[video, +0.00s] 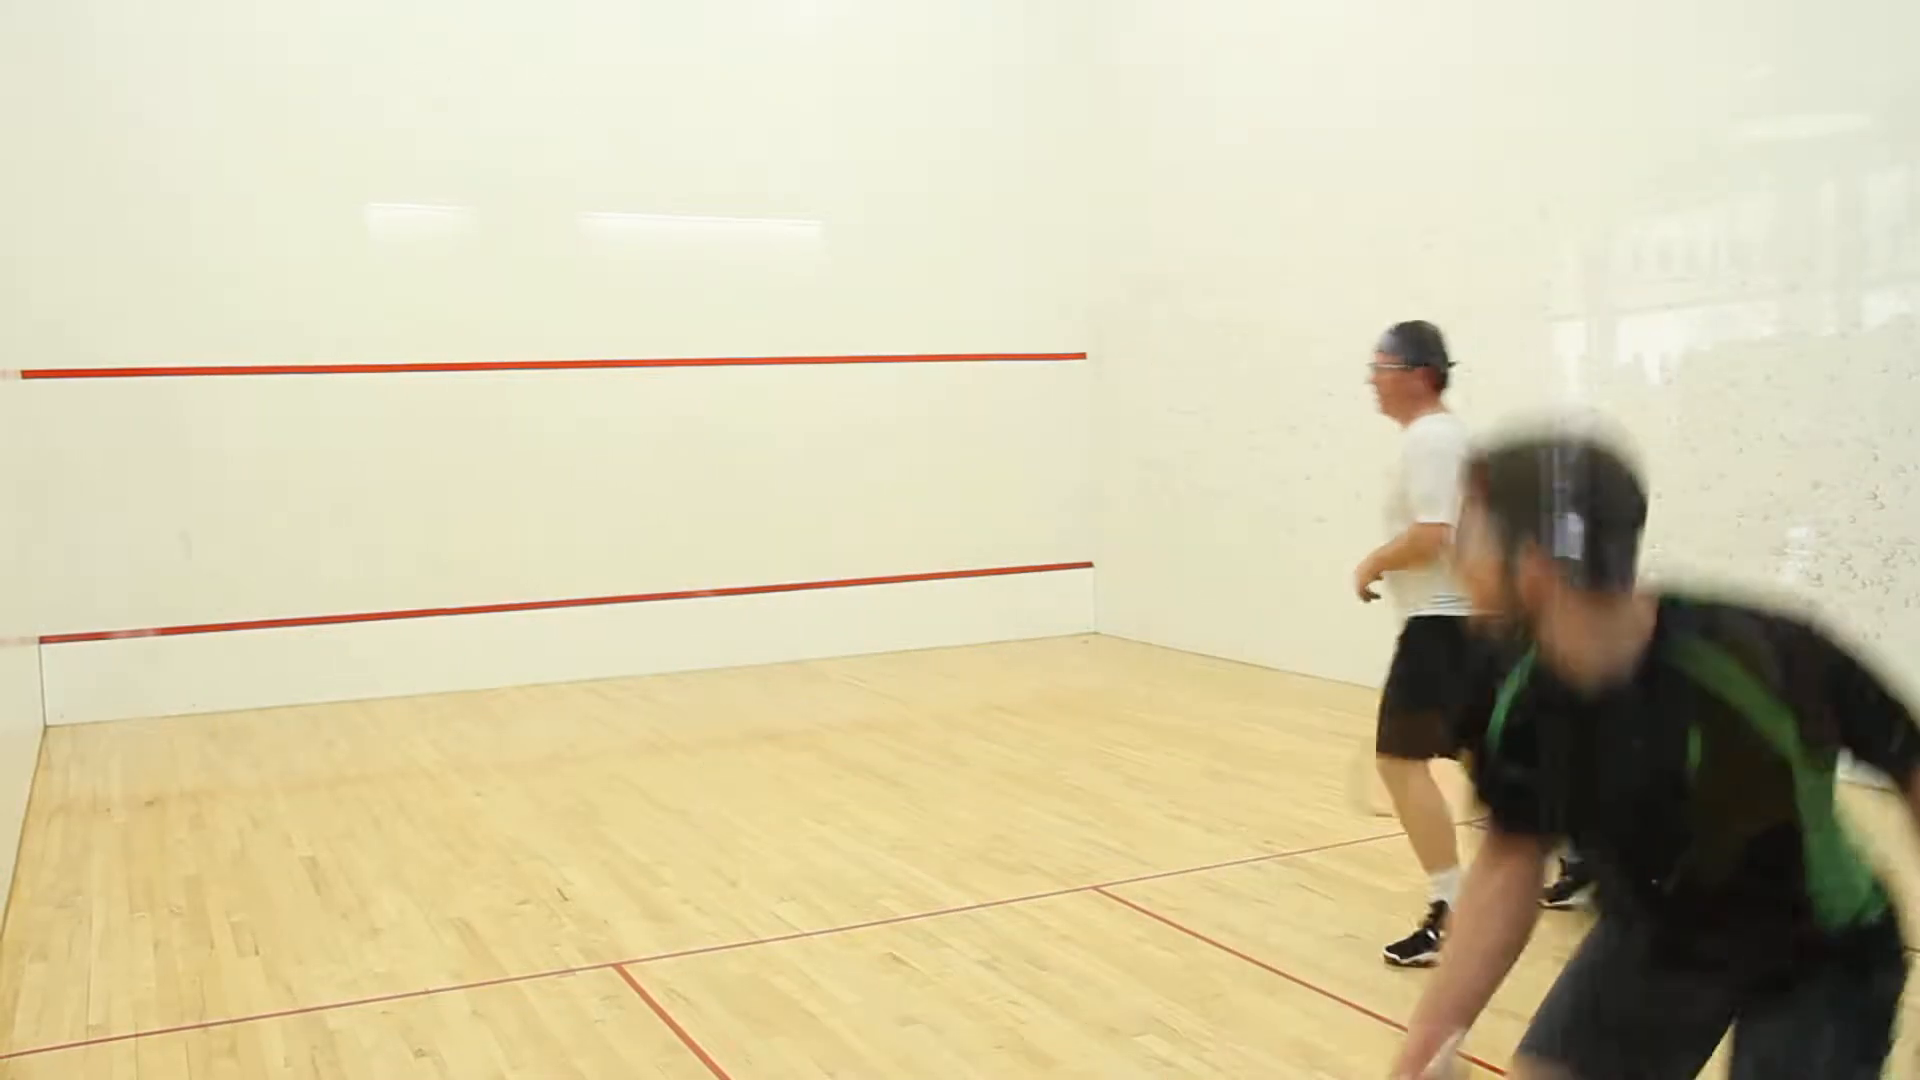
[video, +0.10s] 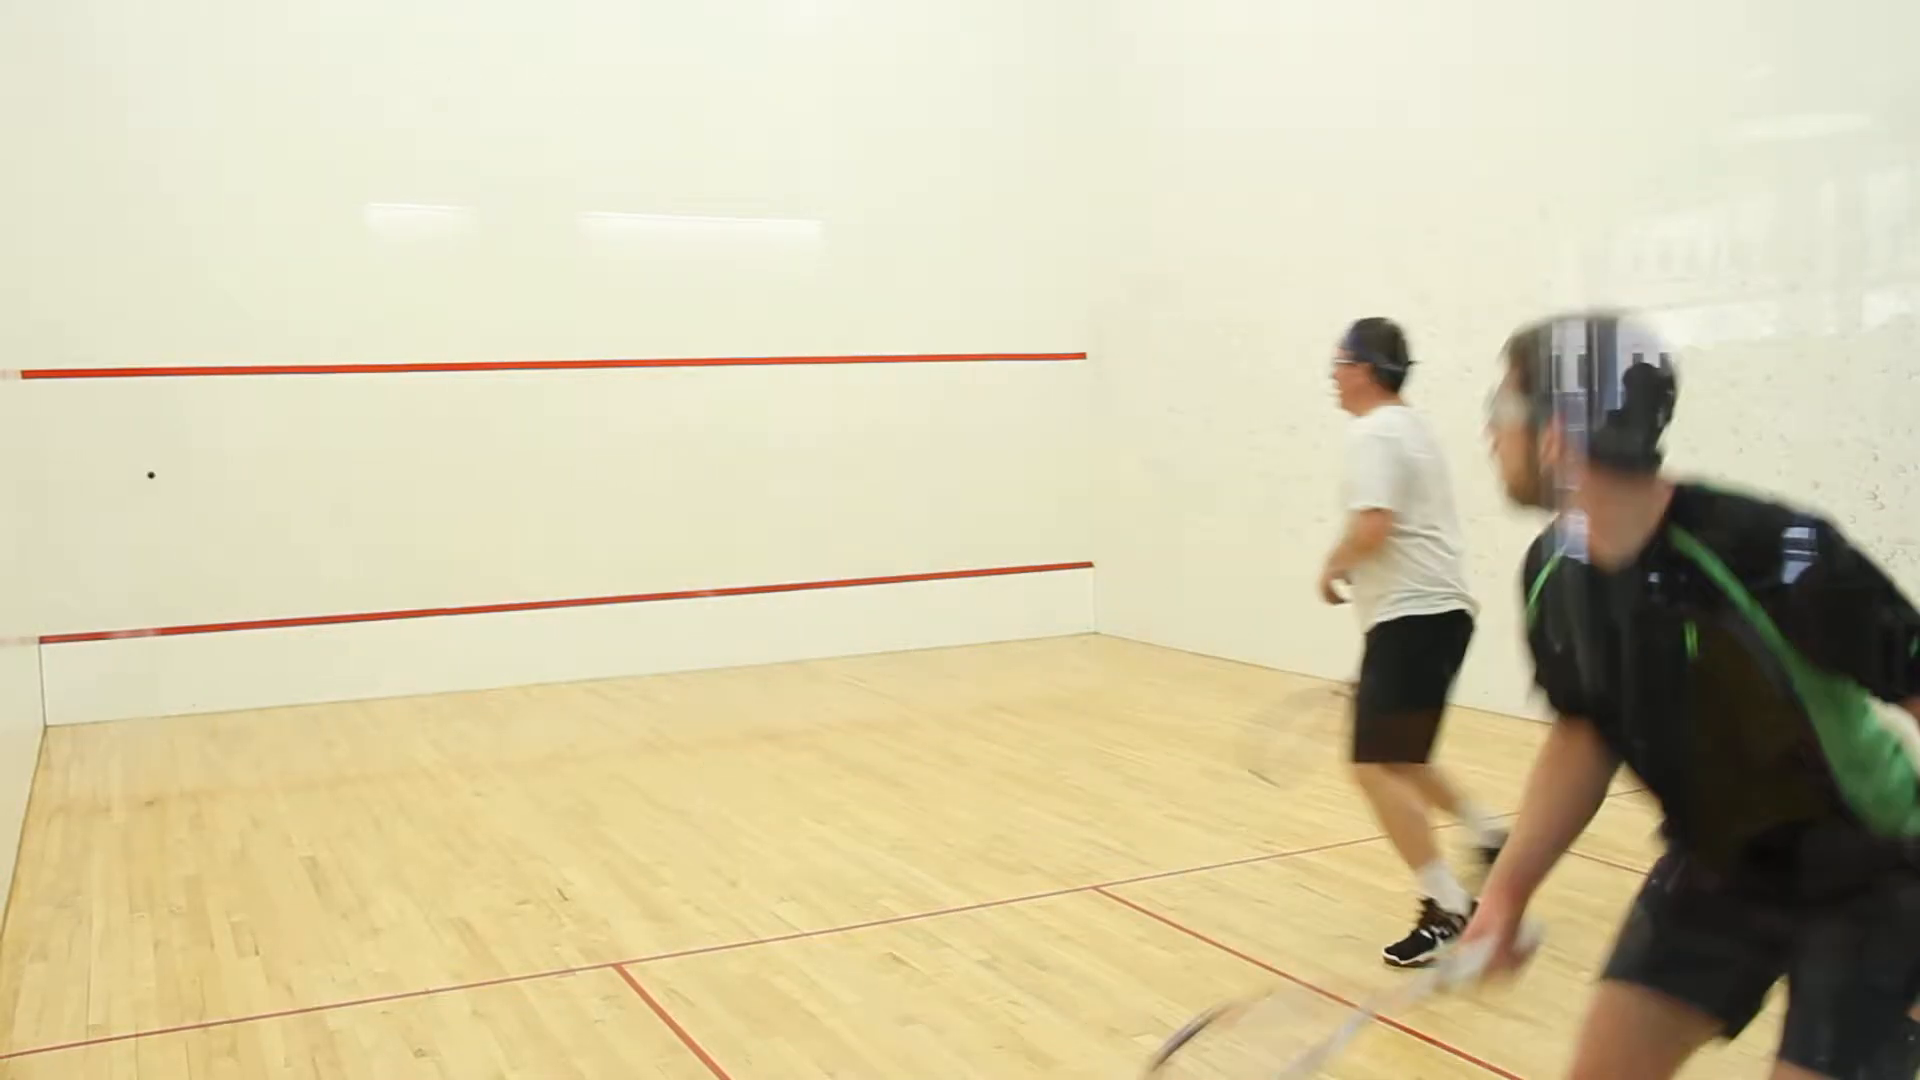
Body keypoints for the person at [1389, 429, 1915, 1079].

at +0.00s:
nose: (1459, 558)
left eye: (1473, 536)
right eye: (1465, 535)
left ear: (1536, 567)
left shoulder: (1760, 660)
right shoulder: (1528, 706)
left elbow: (1911, 765)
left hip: (1819, 946)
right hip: (1660, 935)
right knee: (1544, 1067)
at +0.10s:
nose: (1491, 432)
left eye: (1506, 410)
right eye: (1498, 409)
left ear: (1561, 436)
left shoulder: (1777, 553)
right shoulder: (1556, 573)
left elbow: (1914, 681)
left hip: (1869, 869)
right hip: (1716, 863)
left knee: (1813, 1067)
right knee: (1605, 1063)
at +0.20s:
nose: (1538, 405)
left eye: (1553, 383)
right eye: (1542, 383)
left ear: (1604, 399)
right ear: (1626, 397)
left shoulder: (1790, 528)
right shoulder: (1621, 545)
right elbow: (1657, 683)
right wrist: (1573, 797)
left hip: (1888, 864)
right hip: (1775, 858)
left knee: (1872, 1061)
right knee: (1660, 1062)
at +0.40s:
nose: (1591, 467)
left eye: (1597, 447)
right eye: (1594, 447)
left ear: (1622, 458)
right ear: (1688, 460)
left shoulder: (1693, 577)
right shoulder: (1769, 549)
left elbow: (1750, 780)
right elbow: (1908, 669)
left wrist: (1635, 918)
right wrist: (1818, 765)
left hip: (1883, 903)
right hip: (1850, 888)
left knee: (1887, 1062)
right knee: (1738, 1028)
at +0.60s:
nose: (1517, 412)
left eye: (1525, 392)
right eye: (1519, 393)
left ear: (1564, 399)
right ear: (1610, 394)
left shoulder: (1565, 498)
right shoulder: (1717, 476)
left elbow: (1587, 644)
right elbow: (1842, 593)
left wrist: (1561, 795)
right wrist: (1779, 691)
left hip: (1724, 793)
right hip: (1821, 761)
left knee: (1701, 1032)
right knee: (1776, 970)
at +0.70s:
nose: (1458, 389)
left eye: (1468, 370)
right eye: (1460, 370)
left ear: (1513, 374)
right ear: (1548, 372)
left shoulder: (1516, 457)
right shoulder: (1652, 442)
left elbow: (1557, 578)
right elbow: (1763, 556)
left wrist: (1543, 736)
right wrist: (1696, 647)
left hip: (1650, 733)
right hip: (1747, 711)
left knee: (1578, 941)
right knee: (1745, 934)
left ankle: (1659, 1068)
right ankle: (1818, 1068)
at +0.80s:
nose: (1404, 387)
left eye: (1415, 370)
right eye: (1407, 368)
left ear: (1463, 377)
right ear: (1490, 378)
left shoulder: (1469, 449)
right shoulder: (1592, 443)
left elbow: (1520, 556)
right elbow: (1692, 551)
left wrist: (1509, 704)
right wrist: (1617, 634)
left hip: (1569, 722)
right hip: (1674, 709)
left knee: (1499, 898)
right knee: (1696, 926)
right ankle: (1796, 1070)